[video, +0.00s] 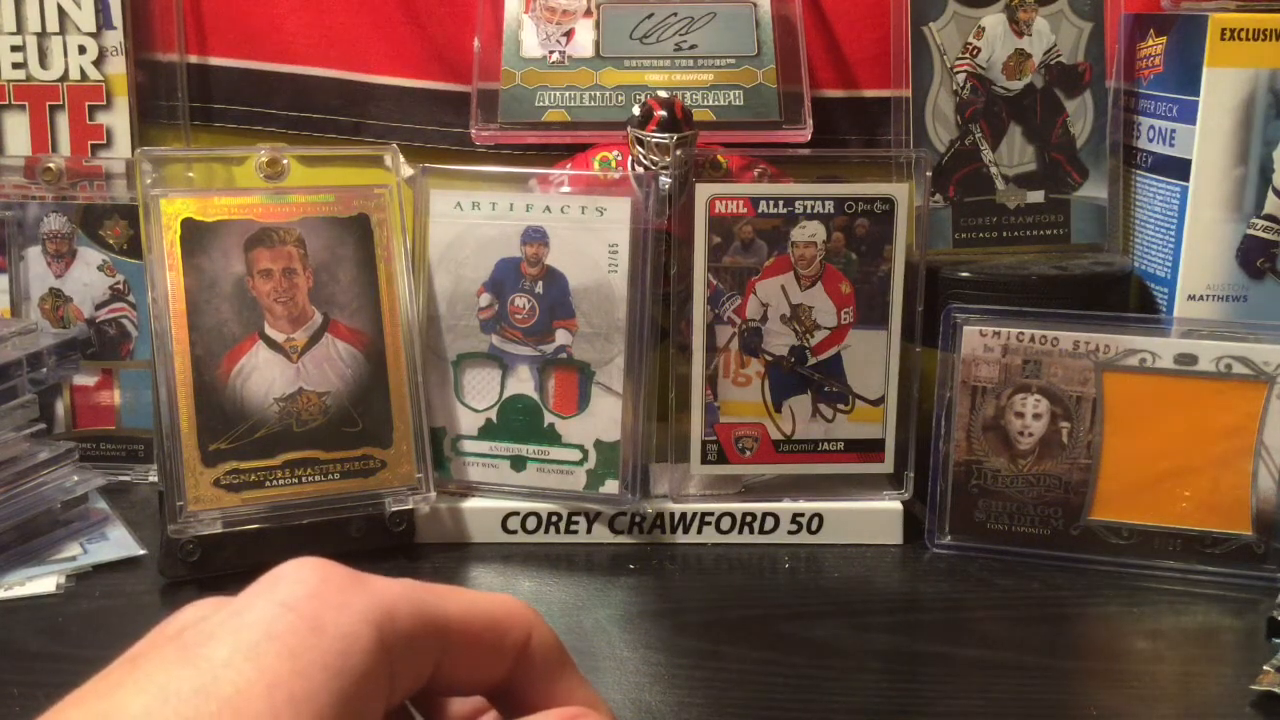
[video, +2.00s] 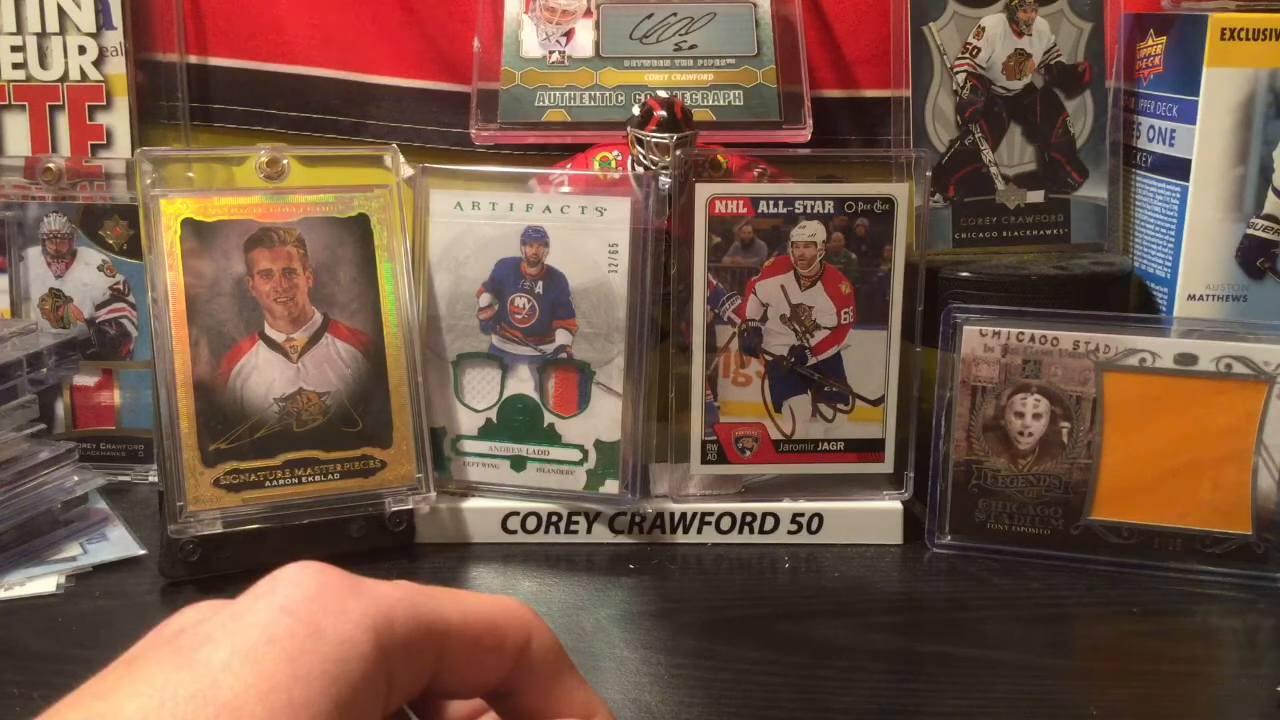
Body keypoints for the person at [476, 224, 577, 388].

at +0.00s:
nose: (534, 251)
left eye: (540, 246)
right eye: (530, 246)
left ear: (547, 250)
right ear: (522, 248)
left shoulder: (557, 280)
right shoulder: (504, 268)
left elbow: (565, 321)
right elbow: (487, 293)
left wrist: (562, 349)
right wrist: (487, 316)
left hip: (541, 354)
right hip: (503, 350)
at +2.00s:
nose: (534, 251)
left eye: (540, 247)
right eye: (530, 246)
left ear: (546, 251)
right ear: (522, 248)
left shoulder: (556, 279)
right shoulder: (504, 268)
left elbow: (565, 321)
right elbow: (487, 291)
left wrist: (562, 348)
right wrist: (486, 311)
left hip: (541, 353)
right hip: (502, 348)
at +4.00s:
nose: (535, 251)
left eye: (540, 246)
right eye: (530, 246)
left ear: (546, 250)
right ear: (522, 248)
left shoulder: (557, 280)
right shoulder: (504, 267)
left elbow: (565, 321)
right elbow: (487, 292)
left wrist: (562, 350)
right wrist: (487, 318)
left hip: (541, 353)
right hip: (502, 348)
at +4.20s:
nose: (535, 251)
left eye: (540, 246)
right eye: (530, 246)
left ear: (546, 250)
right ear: (522, 248)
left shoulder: (557, 280)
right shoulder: (504, 267)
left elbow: (565, 321)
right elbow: (487, 292)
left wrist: (562, 350)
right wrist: (487, 319)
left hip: (541, 353)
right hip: (502, 348)